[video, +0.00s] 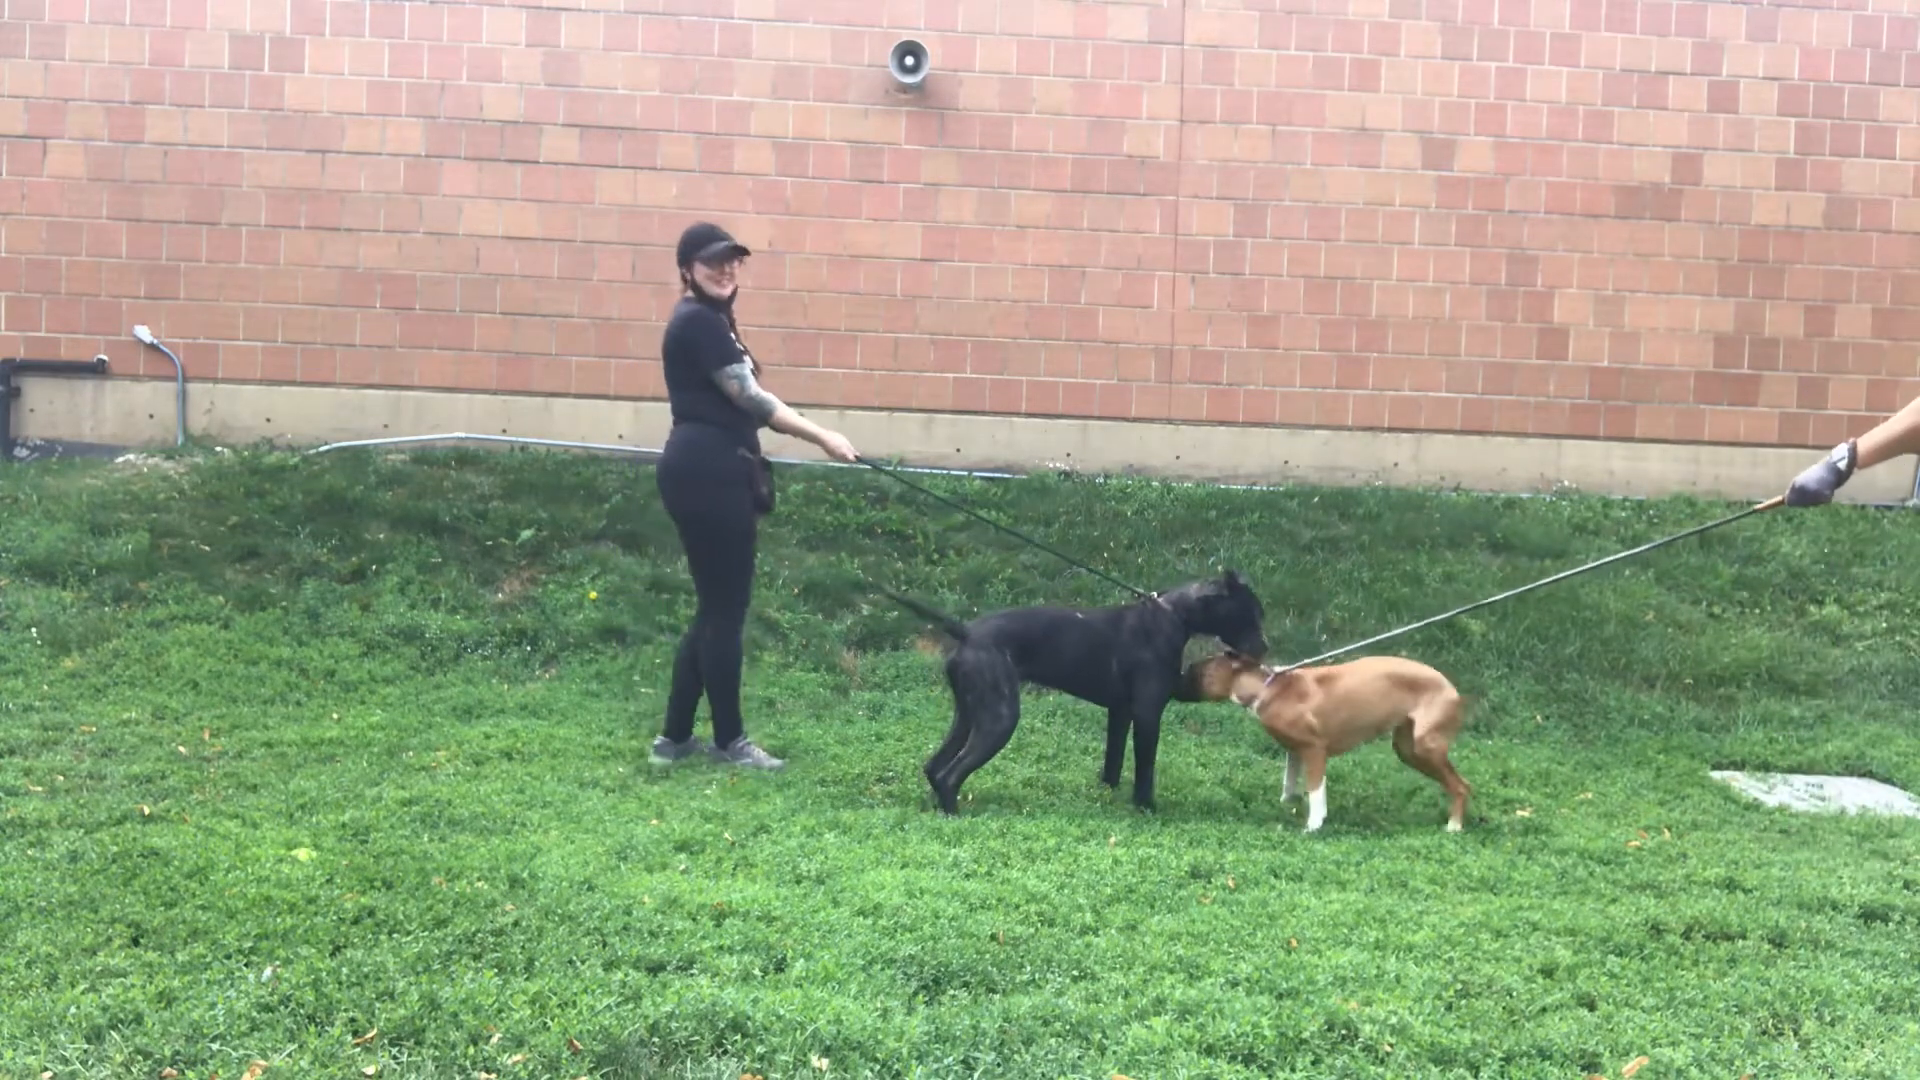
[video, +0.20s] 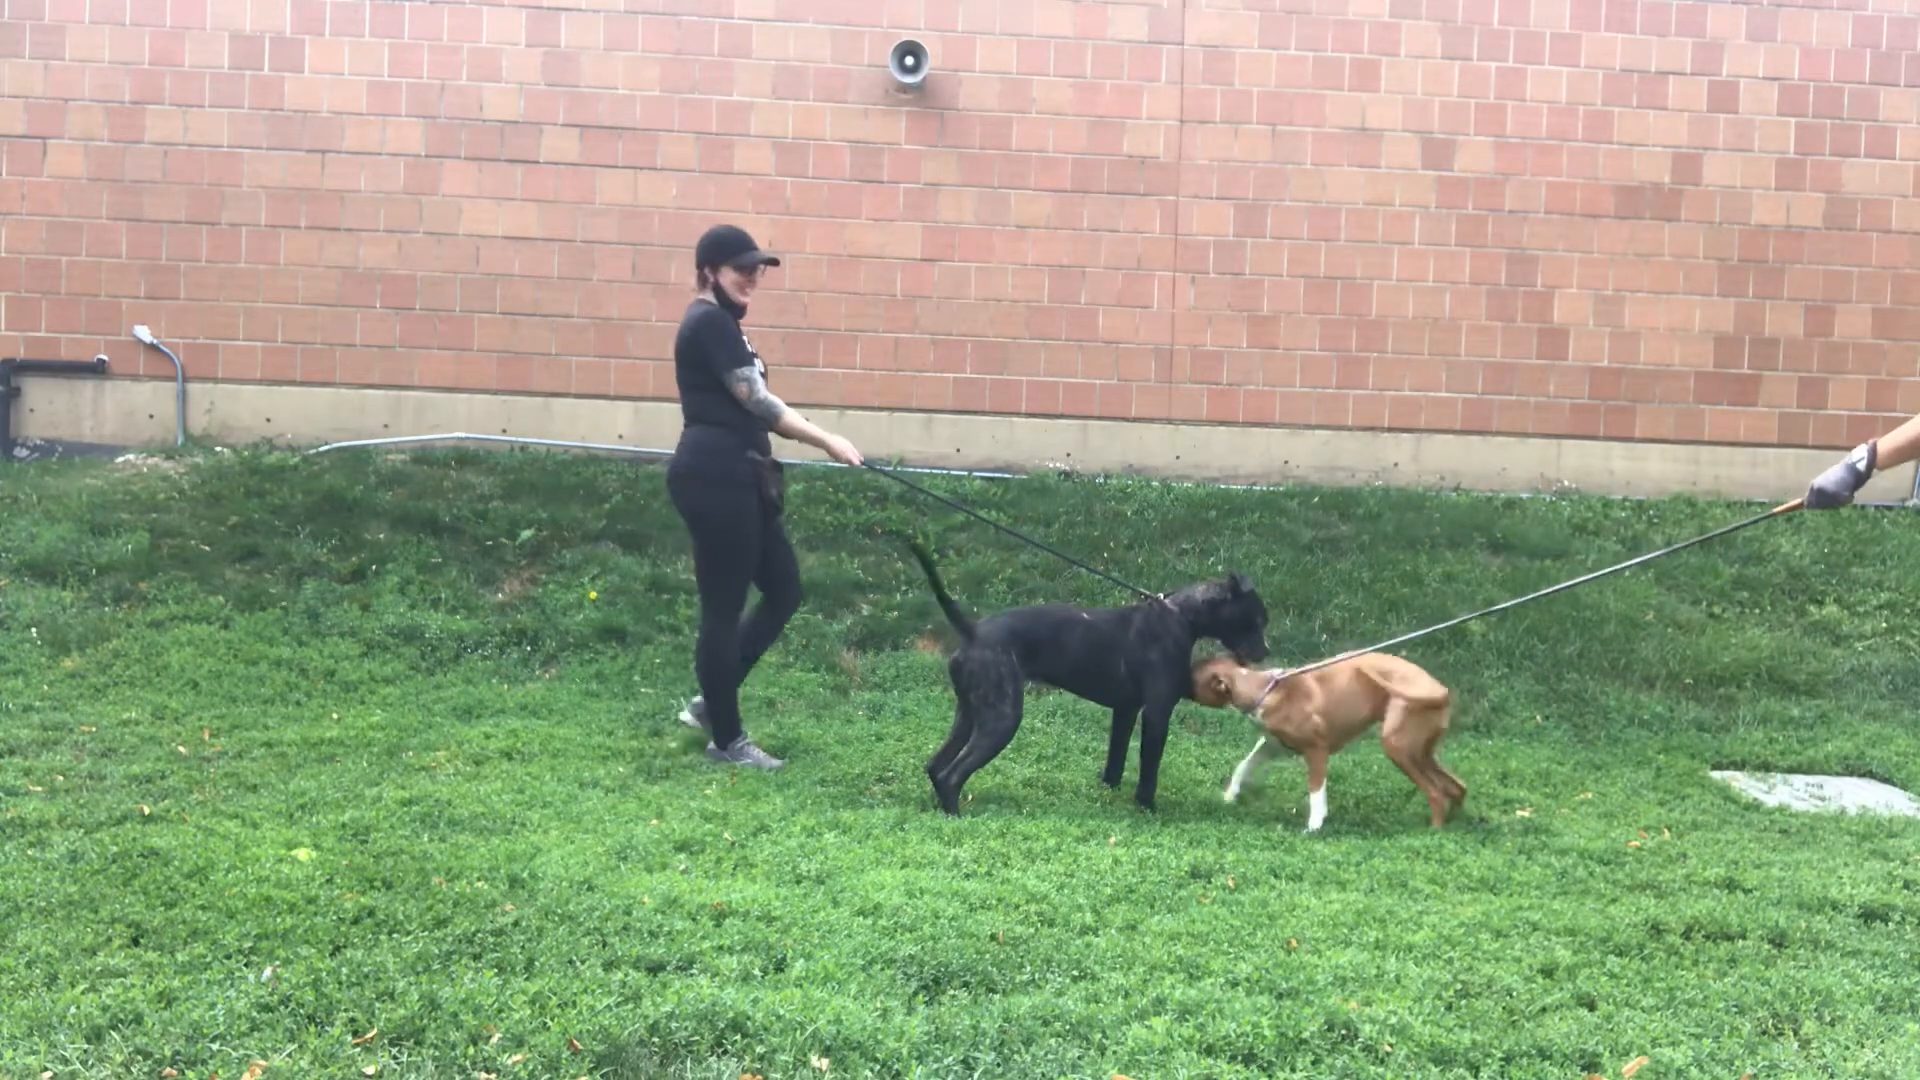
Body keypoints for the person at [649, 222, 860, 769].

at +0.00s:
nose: (727, 270)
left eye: (732, 261)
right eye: (714, 263)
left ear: (737, 267)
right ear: (689, 270)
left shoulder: (705, 317)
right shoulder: (700, 322)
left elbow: (733, 400)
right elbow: (752, 400)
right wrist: (823, 436)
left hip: (699, 463)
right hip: (710, 467)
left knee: (715, 605)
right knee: (726, 607)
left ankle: (675, 738)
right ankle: (729, 741)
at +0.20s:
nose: (753, 279)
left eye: (757, 270)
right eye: (744, 269)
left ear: (743, 274)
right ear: (711, 271)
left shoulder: (718, 319)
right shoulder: (709, 322)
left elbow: (749, 403)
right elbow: (759, 404)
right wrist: (827, 439)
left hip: (732, 472)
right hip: (716, 474)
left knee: (785, 591)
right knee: (722, 608)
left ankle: (710, 701)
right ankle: (726, 742)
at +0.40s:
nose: (771, 284)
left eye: (775, 276)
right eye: (762, 274)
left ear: (759, 277)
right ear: (729, 274)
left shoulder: (740, 323)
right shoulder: (722, 324)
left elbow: (761, 404)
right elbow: (766, 401)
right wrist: (839, 438)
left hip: (760, 470)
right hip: (728, 472)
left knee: (783, 597)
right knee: (731, 607)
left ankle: (795, 719)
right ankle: (727, 740)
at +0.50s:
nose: (777, 288)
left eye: (782, 280)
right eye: (769, 278)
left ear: (776, 281)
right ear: (737, 277)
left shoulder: (762, 333)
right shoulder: (726, 332)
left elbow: (778, 409)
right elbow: (766, 403)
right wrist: (842, 437)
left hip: (778, 473)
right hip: (737, 474)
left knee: (783, 605)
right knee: (738, 607)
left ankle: (795, 722)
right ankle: (728, 740)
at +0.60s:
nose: (785, 288)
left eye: (789, 280)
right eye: (776, 279)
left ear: (790, 282)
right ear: (744, 280)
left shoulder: (780, 336)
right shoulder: (731, 336)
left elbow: (786, 409)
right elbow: (774, 407)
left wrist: (817, 417)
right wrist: (847, 439)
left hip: (791, 476)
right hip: (745, 479)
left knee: (787, 605)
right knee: (757, 605)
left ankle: (797, 723)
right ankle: (730, 739)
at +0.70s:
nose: (791, 289)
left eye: (795, 280)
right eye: (781, 279)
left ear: (797, 284)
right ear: (750, 283)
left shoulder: (793, 341)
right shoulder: (737, 338)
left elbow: (797, 413)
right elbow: (779, 407)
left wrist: (825, 422)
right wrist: (854, 441)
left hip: (795, 480)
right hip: (749, 480)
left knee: (791, 604)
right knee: (767, 602)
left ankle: (798, 723)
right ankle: (730, 736)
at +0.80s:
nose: (797, 288)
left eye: (800, 280)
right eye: (787, 279)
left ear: (799, 284)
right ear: (756, 282)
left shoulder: (796, 341)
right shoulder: (744, 338)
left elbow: (800, 413)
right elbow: (788, 408)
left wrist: (819, 478)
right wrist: (860, 439)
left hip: (800, 481)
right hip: (752, 480)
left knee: (794, 604)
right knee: (770, 601)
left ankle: (798, 724)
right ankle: (722, 728)